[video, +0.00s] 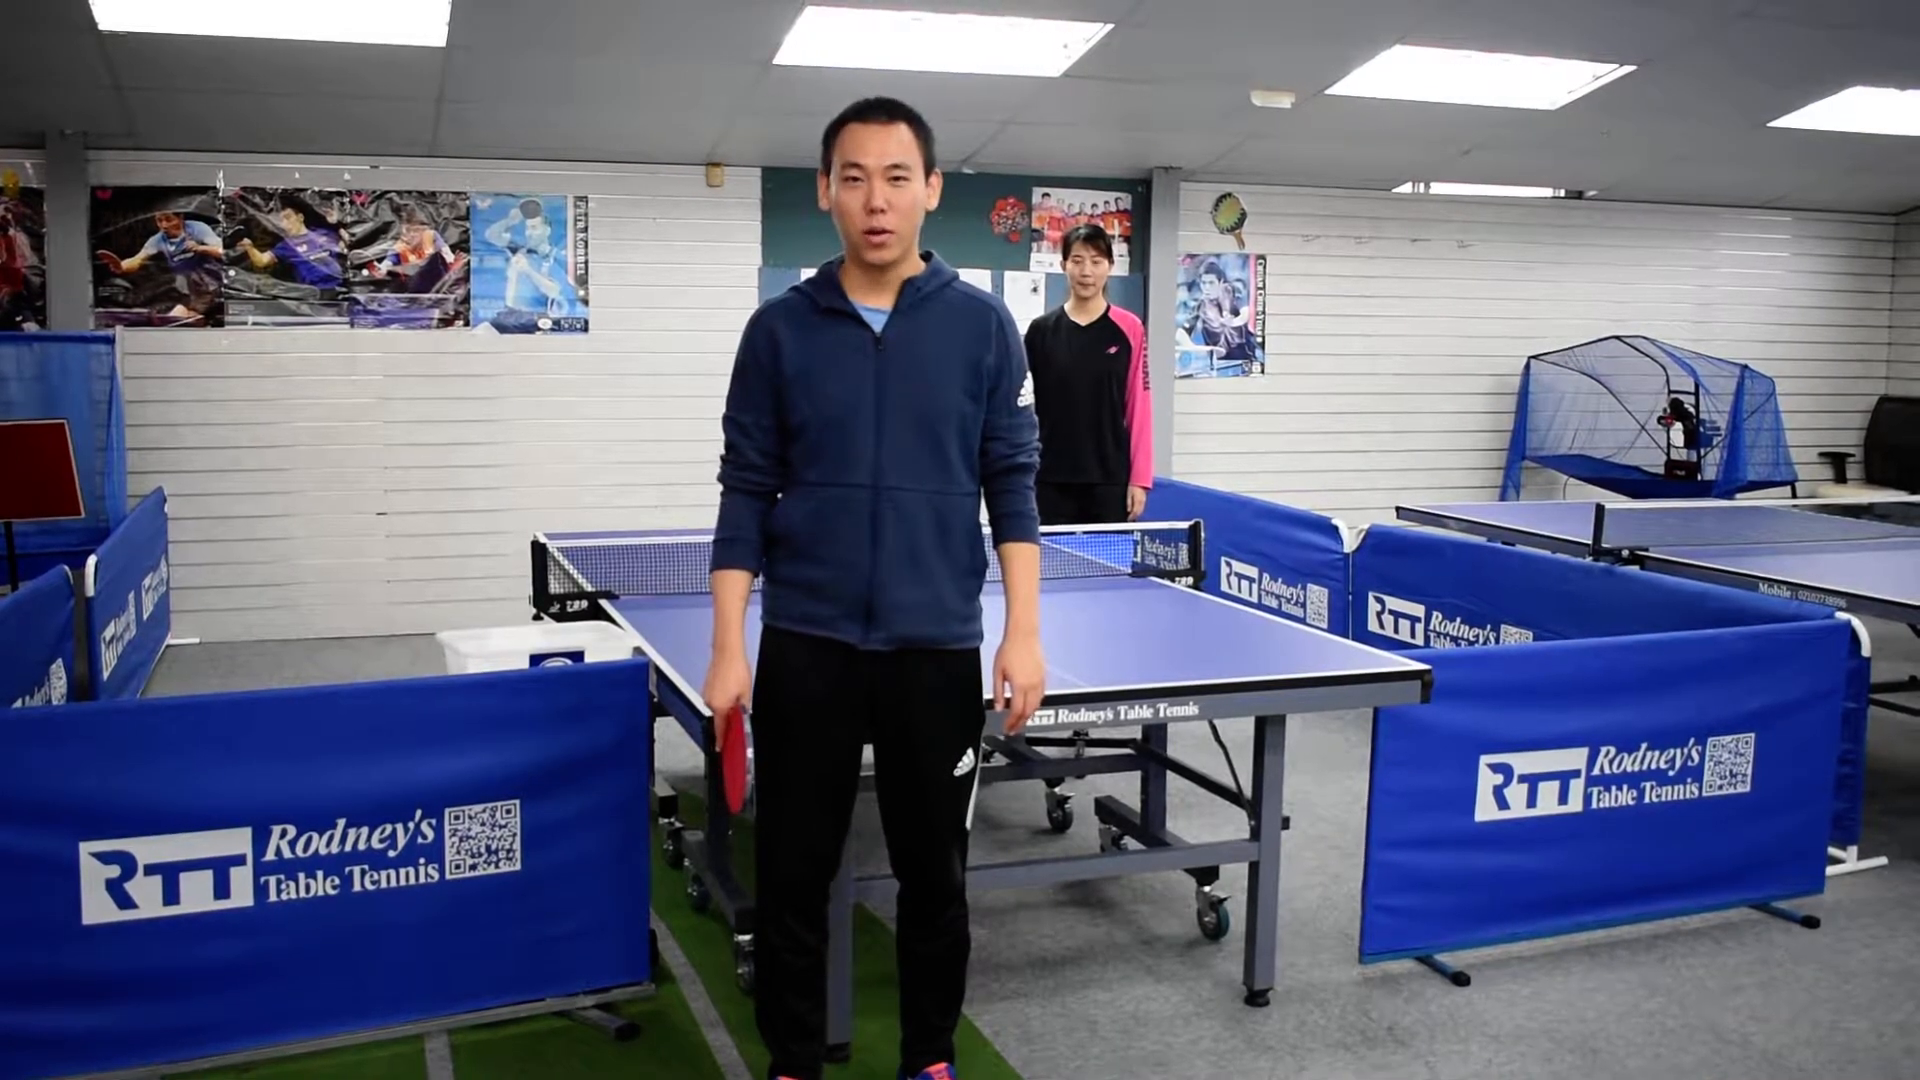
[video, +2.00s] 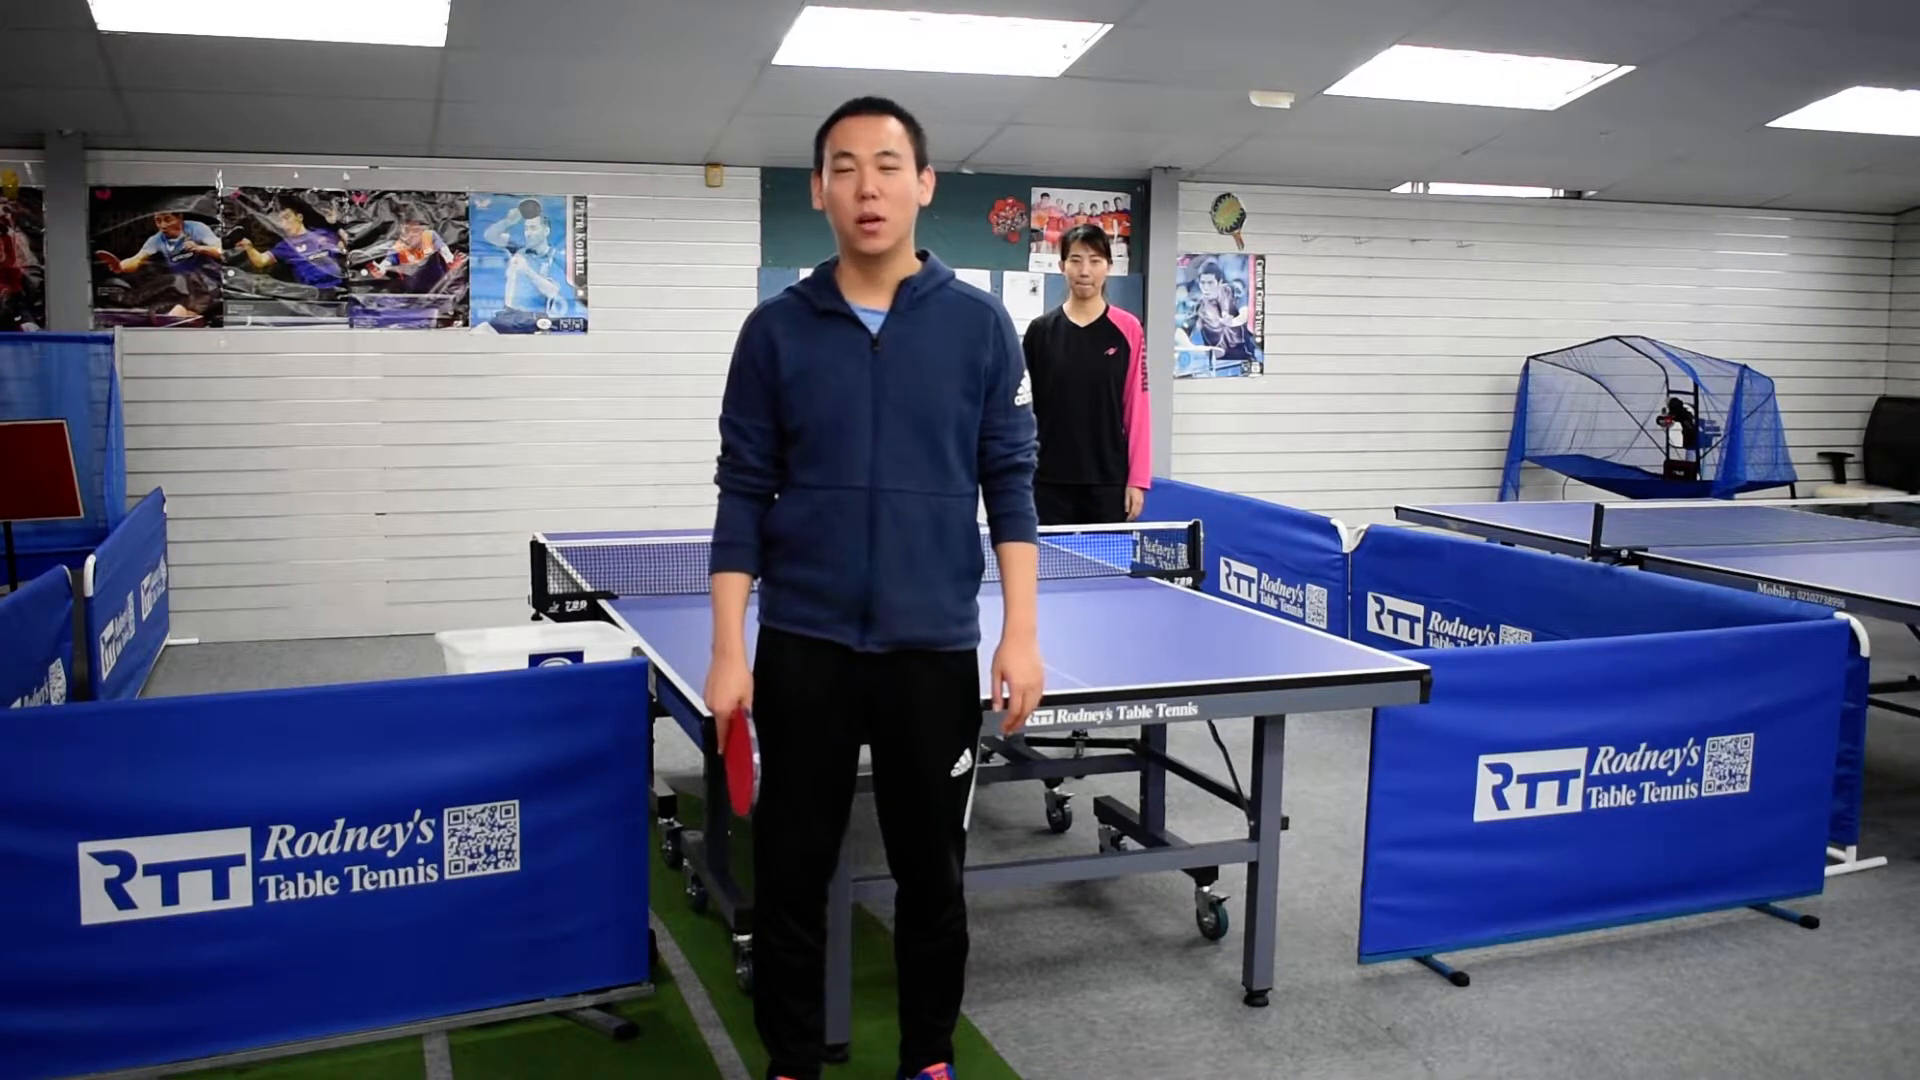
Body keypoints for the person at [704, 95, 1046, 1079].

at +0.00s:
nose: (876, 198)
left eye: (897, 178)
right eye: (855, 179)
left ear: (929, 194)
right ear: (827, 195)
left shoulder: (981, 326)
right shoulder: (780, 329)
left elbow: (1014, 483)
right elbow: (744, 489)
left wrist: (1024, 630)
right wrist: (727, 645)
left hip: (936, 646)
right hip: (807, 644)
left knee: (933, 876)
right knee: (791, 877)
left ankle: (930, 1061)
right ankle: (792, 1062)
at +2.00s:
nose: (866, 187)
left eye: (888, 167)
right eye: (845, 169)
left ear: (923, 188)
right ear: (820, 193)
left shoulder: (979, 326)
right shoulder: (776, 330)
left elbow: (1012, 484)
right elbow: (741, 491)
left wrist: (1021, 633)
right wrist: (728, 649)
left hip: (932, 645)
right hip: (805, 644)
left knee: (931, 874)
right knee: (789, 876)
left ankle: (930, 1061)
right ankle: (791, 1062)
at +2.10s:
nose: (865, 187)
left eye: (887, 167)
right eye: (844, 169)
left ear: (923, 189)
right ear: (820, 195)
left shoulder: (979, 326)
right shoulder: (776, 330)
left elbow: (1012, 484)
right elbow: (740, 491)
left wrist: (1022, 631)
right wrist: (727, 649)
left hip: (932, 646)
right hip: (804, 644)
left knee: (930, 874)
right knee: (789, 877)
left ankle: (930, 1061)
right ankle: (791, 1062)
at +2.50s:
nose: (866, 185)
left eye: (888, 165)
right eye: (844, 166)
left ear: (924, 188)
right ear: (820, 192)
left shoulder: (979, 327)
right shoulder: (776, 330)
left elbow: (1011, 485)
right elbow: (740, 490)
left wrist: (1020, 633)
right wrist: (727, 649)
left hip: (932, 645)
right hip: (804, 644)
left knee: (930, 874)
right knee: (789, 875)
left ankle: (929, 1060)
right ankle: (791, 1062)